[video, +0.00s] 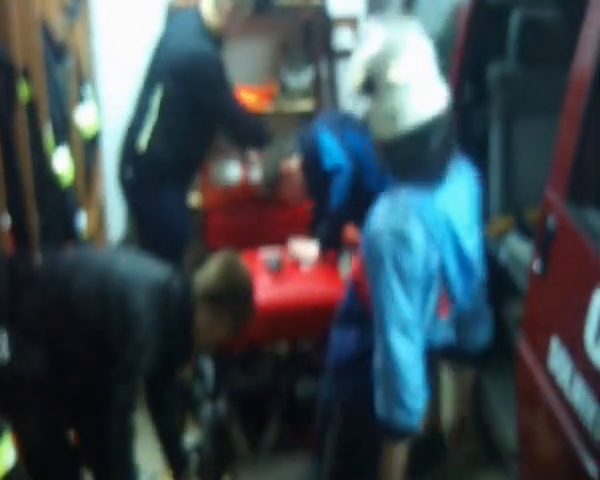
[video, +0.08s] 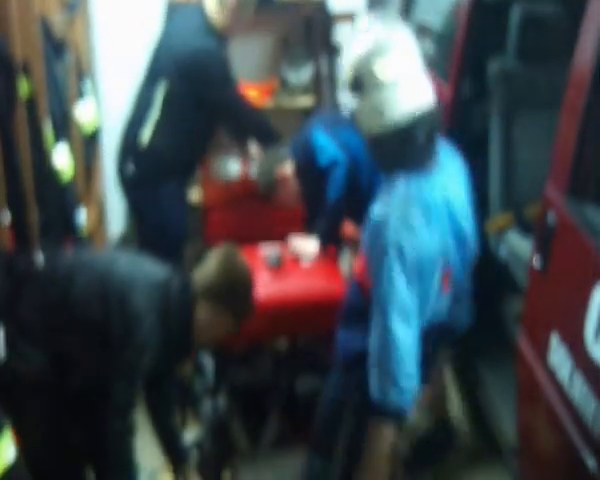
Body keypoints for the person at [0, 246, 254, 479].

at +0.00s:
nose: (223, 341)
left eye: (230, 334)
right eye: (227, 332)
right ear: (214, 313)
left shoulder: (171, 298)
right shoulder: (140, 315)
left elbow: (163, 401)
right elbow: (115, 421)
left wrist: (180, 467)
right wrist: (116, 471)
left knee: (104, 448)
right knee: (51, 464)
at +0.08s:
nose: (222, 339)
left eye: (230, 332)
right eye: (227, 329)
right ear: (213, 310)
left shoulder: (168, 294)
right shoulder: (141, 318)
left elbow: (160, 399)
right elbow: (115, 423)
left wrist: (180, 464)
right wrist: (119, 473)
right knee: (56, 464)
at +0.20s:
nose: (220, 331)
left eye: (226, 324)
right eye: (224, 321)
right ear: (213, 305)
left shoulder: (167, 291)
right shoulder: (141, 313)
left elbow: (159, 398)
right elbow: (115, 419)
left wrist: (182, 464)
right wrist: (119, 470)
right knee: (57, 464)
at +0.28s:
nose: (216, 325)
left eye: (224, 317)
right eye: (221, 313)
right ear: (209, 296)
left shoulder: (165, 285)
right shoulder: (141, 310)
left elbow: (156, 390)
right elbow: (114, 420)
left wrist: (178, 456)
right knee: (57, 465)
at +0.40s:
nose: (218, 308)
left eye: (224, 299)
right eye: (221, 296)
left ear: (195, 258)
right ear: (215, 281)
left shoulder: (165, 275)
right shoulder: (147, 302)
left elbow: (154, 385)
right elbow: (120, 399)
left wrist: (180, 453)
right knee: (56, 459)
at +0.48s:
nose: (213, 289)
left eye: (220, 280)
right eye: (217, 278)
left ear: (190, 241)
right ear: (211, 267)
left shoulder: (164, 264)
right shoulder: (148, 288)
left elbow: (155, 380)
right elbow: (127, 387)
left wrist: (181, 451)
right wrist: (129, 461)